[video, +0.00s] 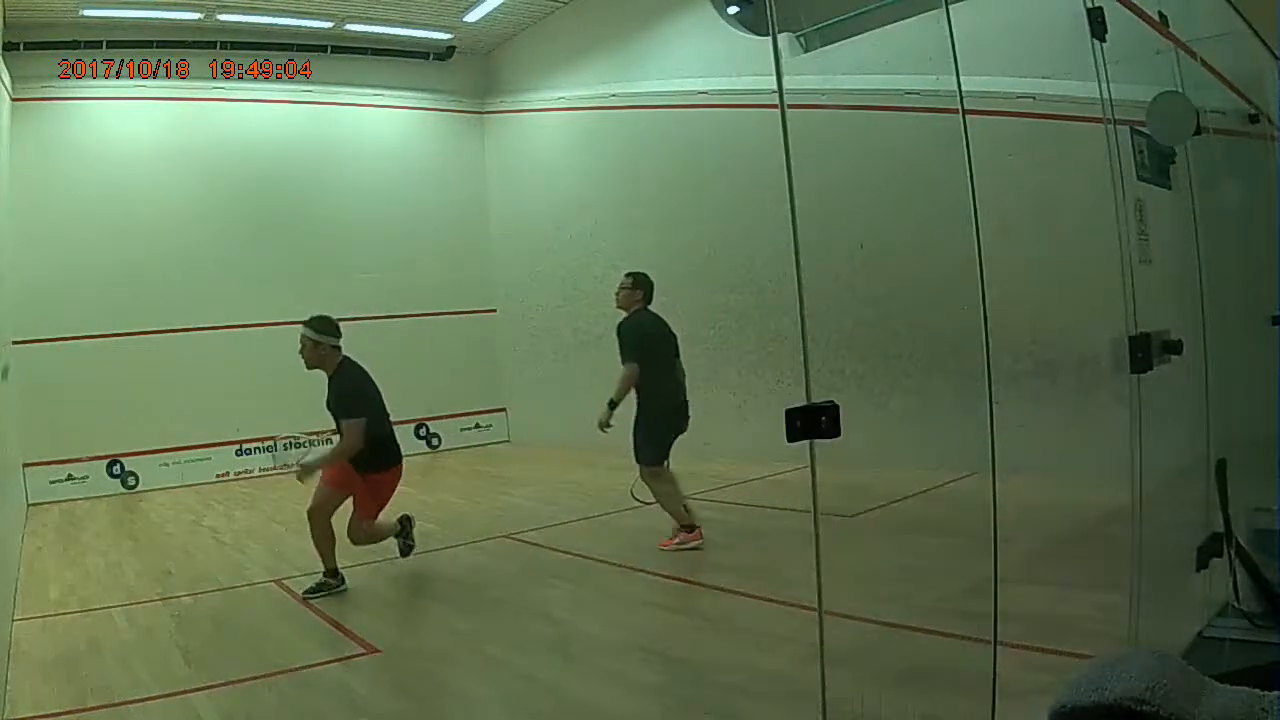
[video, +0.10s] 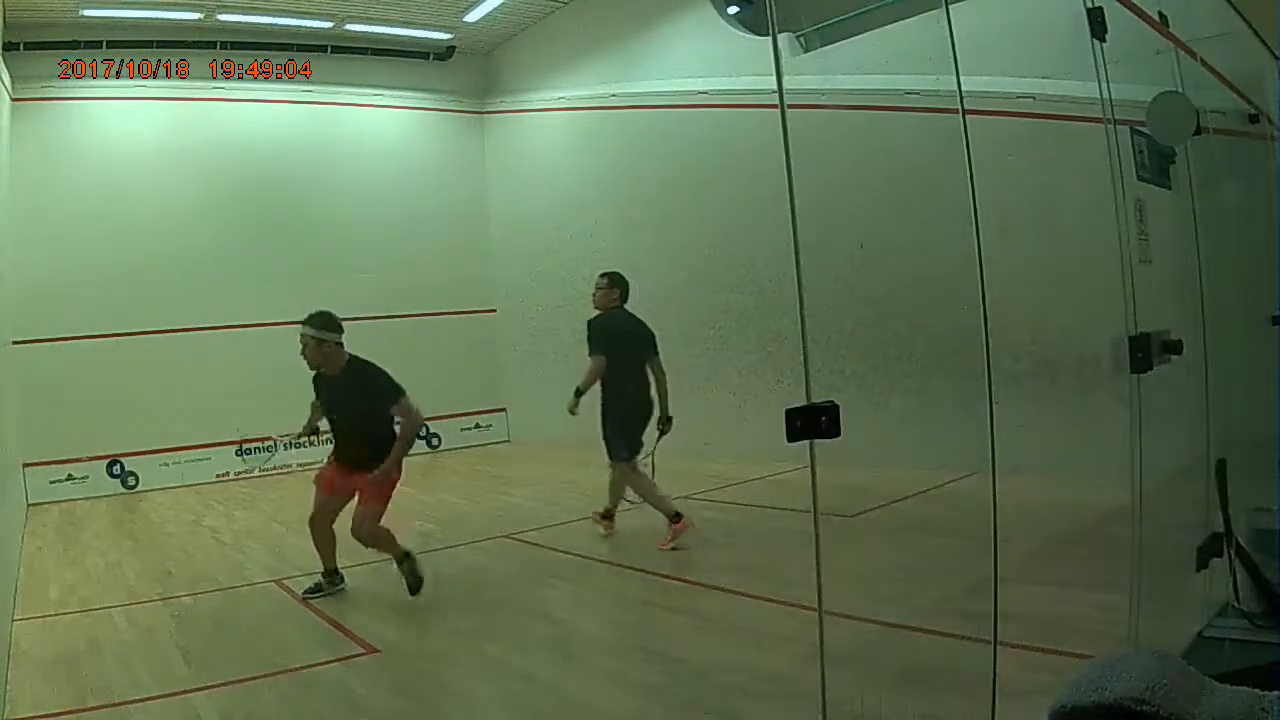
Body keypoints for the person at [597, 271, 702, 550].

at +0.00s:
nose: (617, 293)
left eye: (622, 289)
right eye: (618, 288)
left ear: (638, 294)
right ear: (640, 296)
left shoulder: (629, 326)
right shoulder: (660, 323)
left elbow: (631, 371)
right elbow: (677, 370)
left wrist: (610, 407)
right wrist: (681, 407)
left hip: (654, 409)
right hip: (674, 407)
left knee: (650, 472)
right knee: (657, 467)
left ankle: (688, 529)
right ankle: (686, 520)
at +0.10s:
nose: (593, 294)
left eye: (598, 289)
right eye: (594, 289)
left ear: (614, 294)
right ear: (618, 295)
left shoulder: (598, 324)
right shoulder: (640, 326)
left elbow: (598, 366)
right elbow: (658, 372)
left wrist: (578, 394)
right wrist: (664, 413)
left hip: (616, 403)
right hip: (642, 402)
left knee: (627, 467)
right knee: (620, 462)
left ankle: (676, 518)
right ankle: (609, 514)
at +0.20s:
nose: (575, 301)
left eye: (580, 297)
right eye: (576, 296)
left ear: (597, 301)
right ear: (598, 303)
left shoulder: (579, 328)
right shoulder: (621, 332)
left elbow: (577, 369)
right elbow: (641, 376)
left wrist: (553, 391)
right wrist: (649, 416)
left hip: (589, 409)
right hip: (614, 409)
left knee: (584, 478)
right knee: (590, 467)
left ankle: (640, 508)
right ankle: (578, 519)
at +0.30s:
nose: (553, 316)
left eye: (559, 311)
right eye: (553, 311)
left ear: (575, 315)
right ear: (575, 316)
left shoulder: (558, 343)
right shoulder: (594, 345)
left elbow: (555, 384)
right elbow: (615, 387)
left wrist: (528, 400)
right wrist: (626, 426)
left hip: (565, 420)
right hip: (588, 421)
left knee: (532, 482)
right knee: (562, 469)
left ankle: (585, 512)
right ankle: (566, 521)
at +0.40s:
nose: (526, 324)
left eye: (531, 320)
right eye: (526, 320)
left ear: (547, 322)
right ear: (550, 324)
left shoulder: (533, 351)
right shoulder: (567, 351)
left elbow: (526, 393)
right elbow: (586, 392)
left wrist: (503, 404)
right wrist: (592, 431)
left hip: (538, 427)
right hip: (565, 428)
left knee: (497, 473)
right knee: (543, 467)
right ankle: (565, 521)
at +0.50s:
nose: (503, 329)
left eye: (507, 323)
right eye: (503, 324)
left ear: (523, 324)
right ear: (530, 326)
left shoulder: (508, 356)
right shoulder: (548, 354)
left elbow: (500, 397)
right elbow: (566, 396)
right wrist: (570, 434)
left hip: (516, 428)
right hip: (546, 427)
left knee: (483, 477)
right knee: (533, 473)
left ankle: (464, 540)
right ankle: (562, 520)